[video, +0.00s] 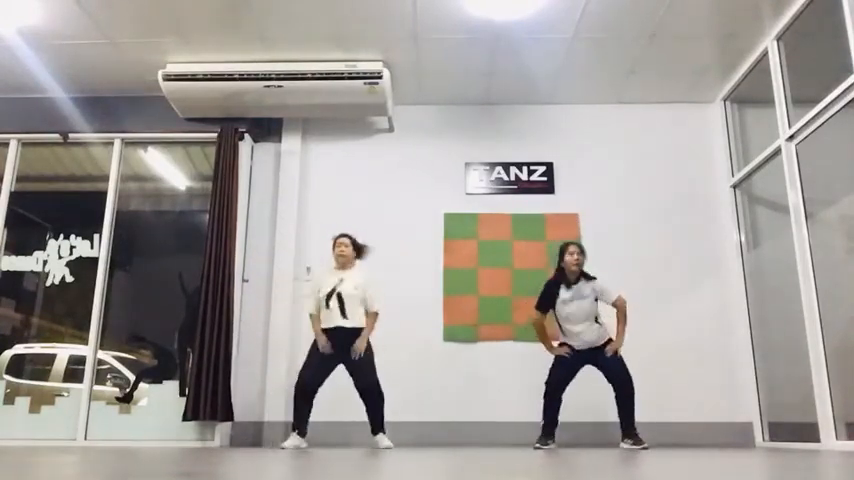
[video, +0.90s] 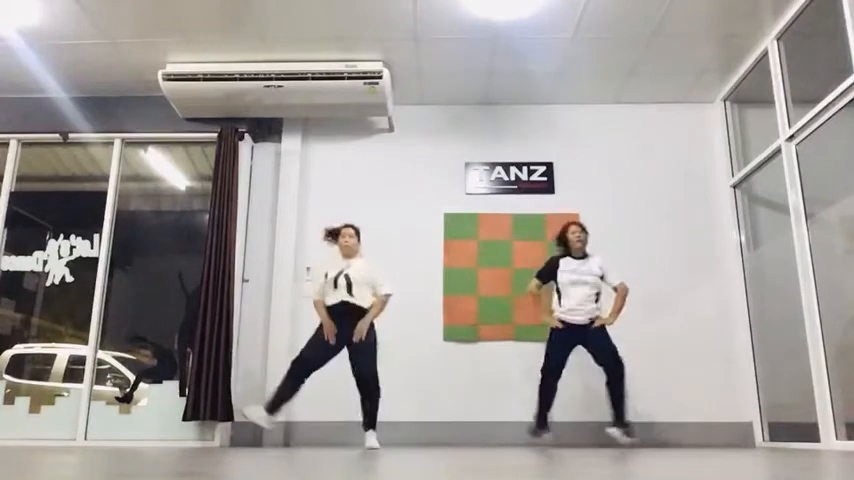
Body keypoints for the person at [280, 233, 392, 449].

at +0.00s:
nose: (340, 249)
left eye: (345, 246)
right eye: (337, 246)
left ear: (354, 252)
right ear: (332, 252)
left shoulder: (363, 278)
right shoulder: (321, 277)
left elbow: (373, 312)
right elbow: (313, 310)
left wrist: (363, 338)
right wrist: (318, 333)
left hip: (356, 337)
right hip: (328, 337)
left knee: (370, 387)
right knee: (305, 384)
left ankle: (379, 433)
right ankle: (299, 434)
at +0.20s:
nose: (346, 241)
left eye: (350, 236)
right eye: (342, 238)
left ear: (358, 240)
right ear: (337, 242)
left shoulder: (368, 265)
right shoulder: (331, 267)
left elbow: (384, 295)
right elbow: (319, 297)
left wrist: (366, 318)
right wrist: (326, 322)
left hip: (360, 320)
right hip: (333, 319)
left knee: (367, 373)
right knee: (306, 361)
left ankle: (374, 426)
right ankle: (278, 411)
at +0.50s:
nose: (343, 238)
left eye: (348, 234)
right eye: (340, 234)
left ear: (357, 238)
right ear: (335, 238)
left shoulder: (364, 264)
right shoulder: (326, 264)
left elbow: (377, 294)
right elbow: (314, 294)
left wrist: (363, 317)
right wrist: (322, 320)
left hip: (357, 319)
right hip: (330, 319)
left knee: (372, 370)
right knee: (308, 368)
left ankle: (381, 425)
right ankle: (297, 425)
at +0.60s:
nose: (341, 241)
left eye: (346, 239)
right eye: (337, 238)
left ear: (353, 245)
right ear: (332, 244)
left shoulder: (361, 271)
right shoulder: (319, 269)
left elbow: (370, 304)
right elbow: (305, 299)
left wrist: (355, 326)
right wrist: (315, 325)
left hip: (351, 325)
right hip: (323, 326)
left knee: (376, 362)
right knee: (311, 378)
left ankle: (402, 402)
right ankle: (311, 433)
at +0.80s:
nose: (346, 236)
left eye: (350, 232)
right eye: (342, 232)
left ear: (357, 238)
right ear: (335, 237)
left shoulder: (365, 263)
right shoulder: (323, 261)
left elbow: (375, 295)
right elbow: (311, 290)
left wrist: (361, 316)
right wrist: (318, 316)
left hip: (355, 317)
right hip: (326, 316)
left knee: (375, 364)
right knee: (305, 368)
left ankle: (387, 416)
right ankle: (299, 424)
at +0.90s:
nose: (347, 240)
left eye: (351, 236)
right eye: (343, 236)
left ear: (359, 242)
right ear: (337, 242)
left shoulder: (368, 267)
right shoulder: (327, 268)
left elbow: (382, 297)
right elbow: (317, 298)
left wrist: (366, 321)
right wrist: (326, 321)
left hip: (361, 324)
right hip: (333, 322)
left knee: (367, 378)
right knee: (302, 364)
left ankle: (370, 431)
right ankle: (269, 413)